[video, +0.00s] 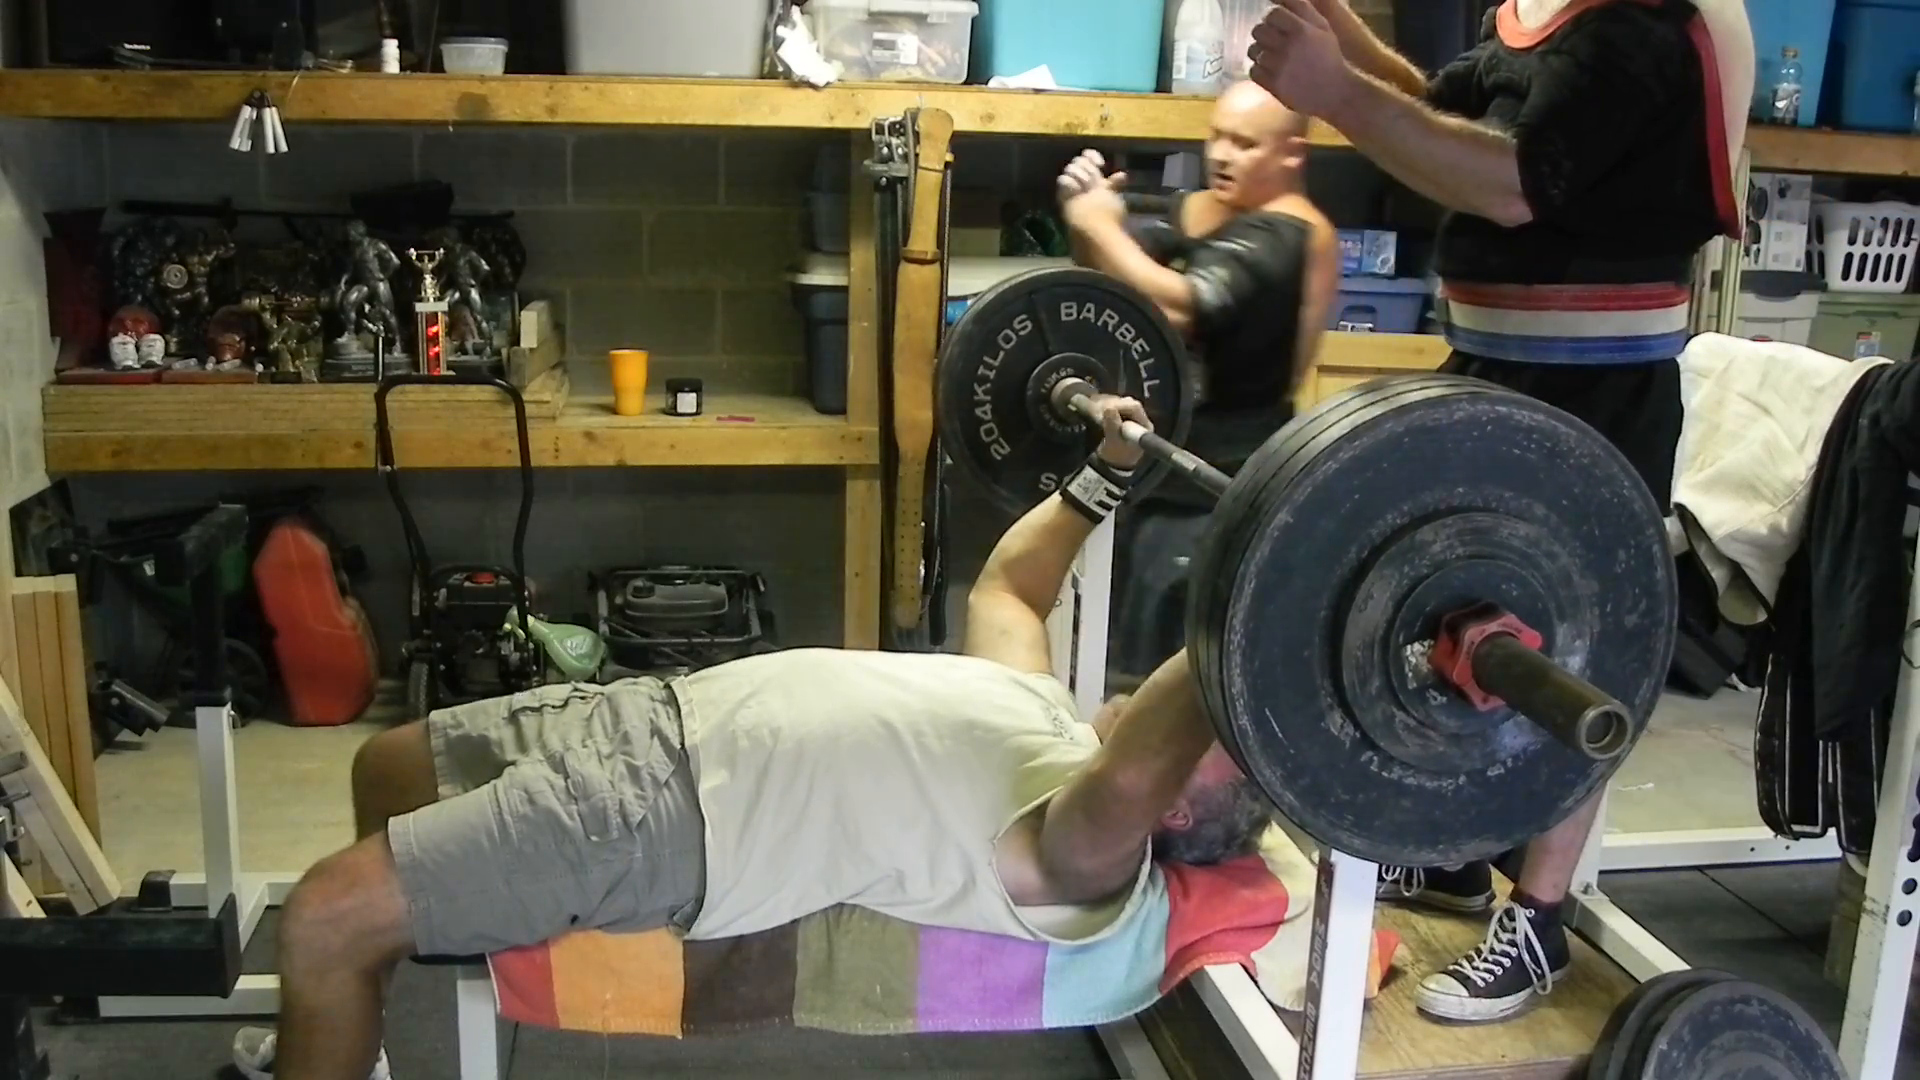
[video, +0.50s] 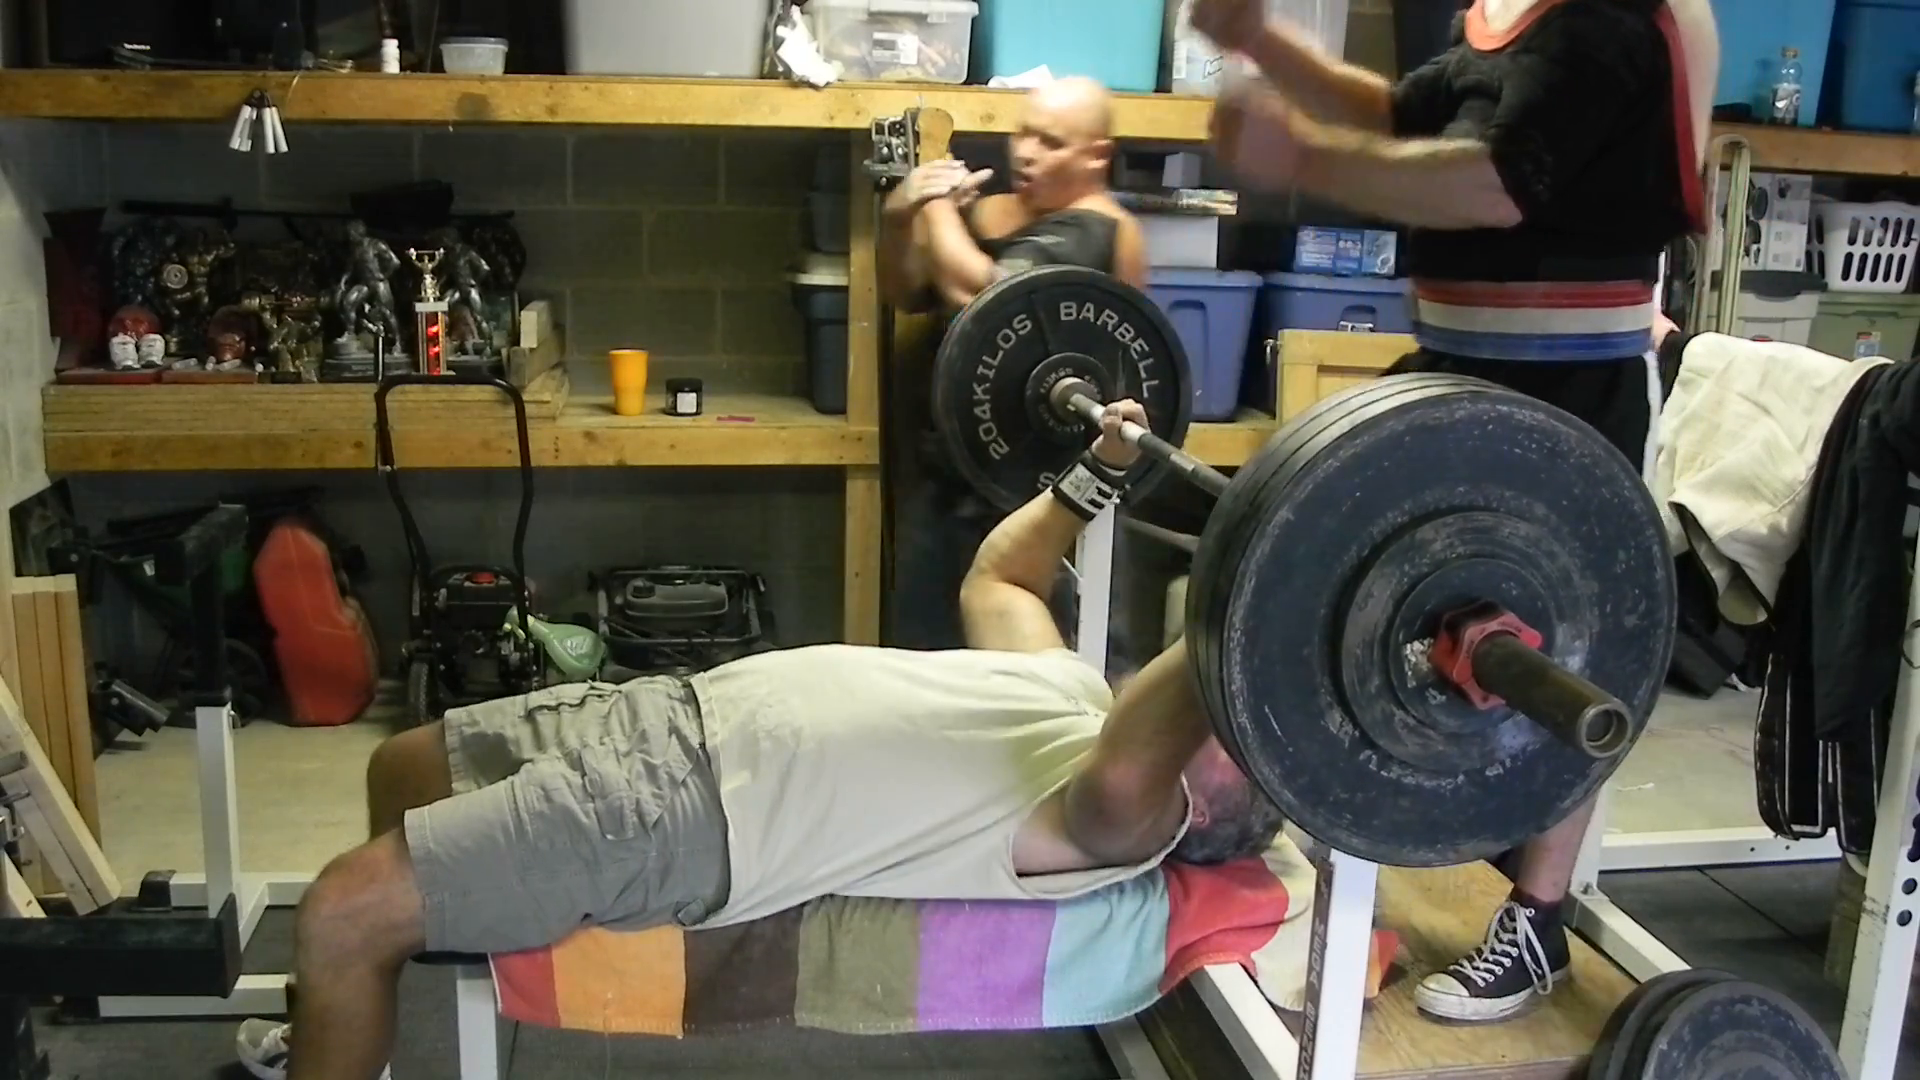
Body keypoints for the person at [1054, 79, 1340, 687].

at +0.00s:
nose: (1221, 155)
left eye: (1242, 143)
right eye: (1217, 137)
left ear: (1292, 157)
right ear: (1208, 135)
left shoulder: (1281, 233)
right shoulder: (1206, 211)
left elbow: (1185, 304)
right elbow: (1131, 279)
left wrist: (1101, 228)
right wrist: (1092, 216)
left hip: (1217, 482)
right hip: (1160, 463)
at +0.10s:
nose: (1183, 145)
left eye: (1207, 133)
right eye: (1182, 127)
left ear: (1258, 145)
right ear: (1175, 122)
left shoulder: (1241, 221)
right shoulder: (1207, 204)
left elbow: (1141, 279)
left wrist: (1061, 208)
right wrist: (1078, 204)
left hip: (1183, 474)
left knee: (1137, 676)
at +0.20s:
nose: (1148, 144)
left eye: (1172, 132)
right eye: (1147, 126)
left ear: (1223, 143)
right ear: (1141, 121)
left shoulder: (1216, 221)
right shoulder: (1139, 199)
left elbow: (1105, 274)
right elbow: (1040, 262)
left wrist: (1036, 198)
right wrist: (1020, 197)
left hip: (1162, 482)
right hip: (1103, 467)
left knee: (1136, 669)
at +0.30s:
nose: (1109, 148)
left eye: (1133, 135)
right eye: (1107, 129)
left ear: (1185, 145)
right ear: (1100, 125)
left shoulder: (1183, 225)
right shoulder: (1087, 201)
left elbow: (1069, 283)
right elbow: (1009, 272)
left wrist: (1004, 197)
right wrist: (982, 197)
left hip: (1140, 469)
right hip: (1060, 453)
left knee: (1127, 643)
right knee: (1038, 628)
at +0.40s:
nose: (1067, 152)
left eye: (1091, 140)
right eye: (1066, 134)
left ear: (1143, 150)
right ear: (1059, 131)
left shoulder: (1144, 228)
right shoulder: (1040, 205)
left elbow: (1039, 296)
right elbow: (958, 283)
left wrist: (972, 208)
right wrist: (937, 207)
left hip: (1104, 455)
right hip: (1010, 442)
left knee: (1098, 615)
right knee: (993, 599)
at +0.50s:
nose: (1023, 153)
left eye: (1047, 140)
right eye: (1022, 135)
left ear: (1097, 155)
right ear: (1013, 133)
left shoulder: (1098, 232)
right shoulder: (994, 209)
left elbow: (983, 294)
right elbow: (904, 292)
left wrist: (939, 207)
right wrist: (898, 218)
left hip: (1036, 468)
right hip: (951, 451)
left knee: (1019, 631)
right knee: (929, 623)